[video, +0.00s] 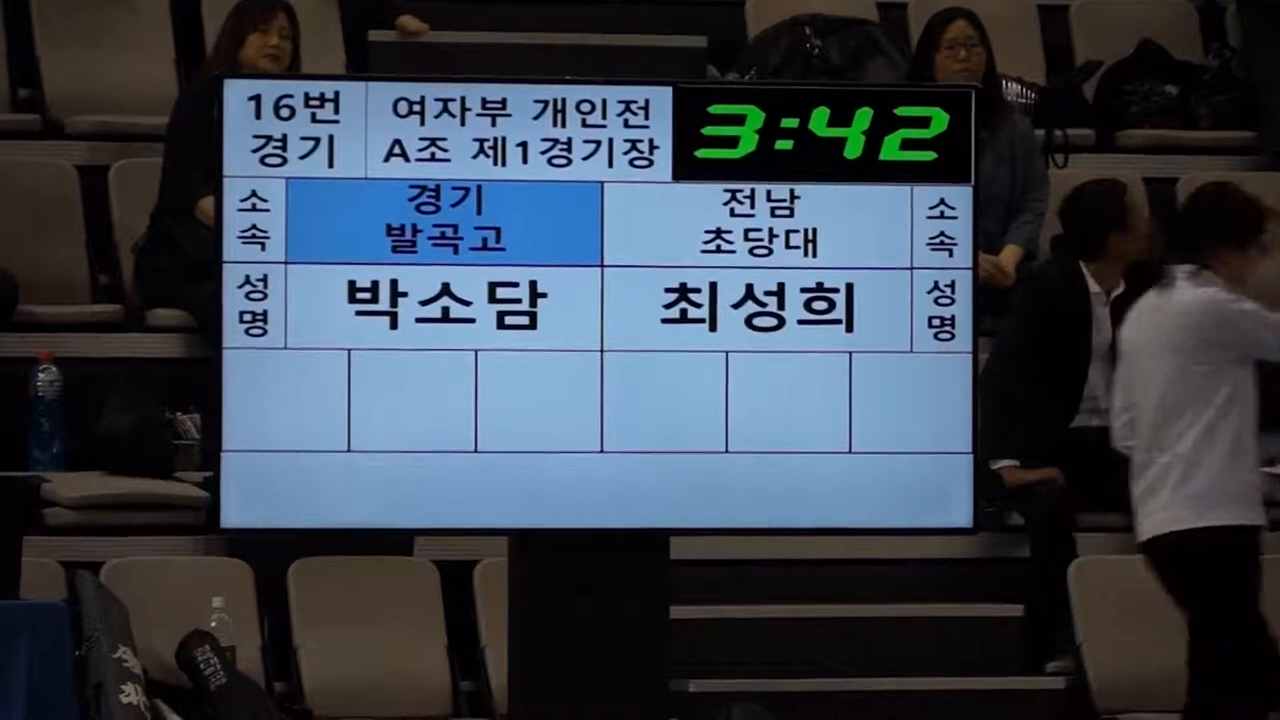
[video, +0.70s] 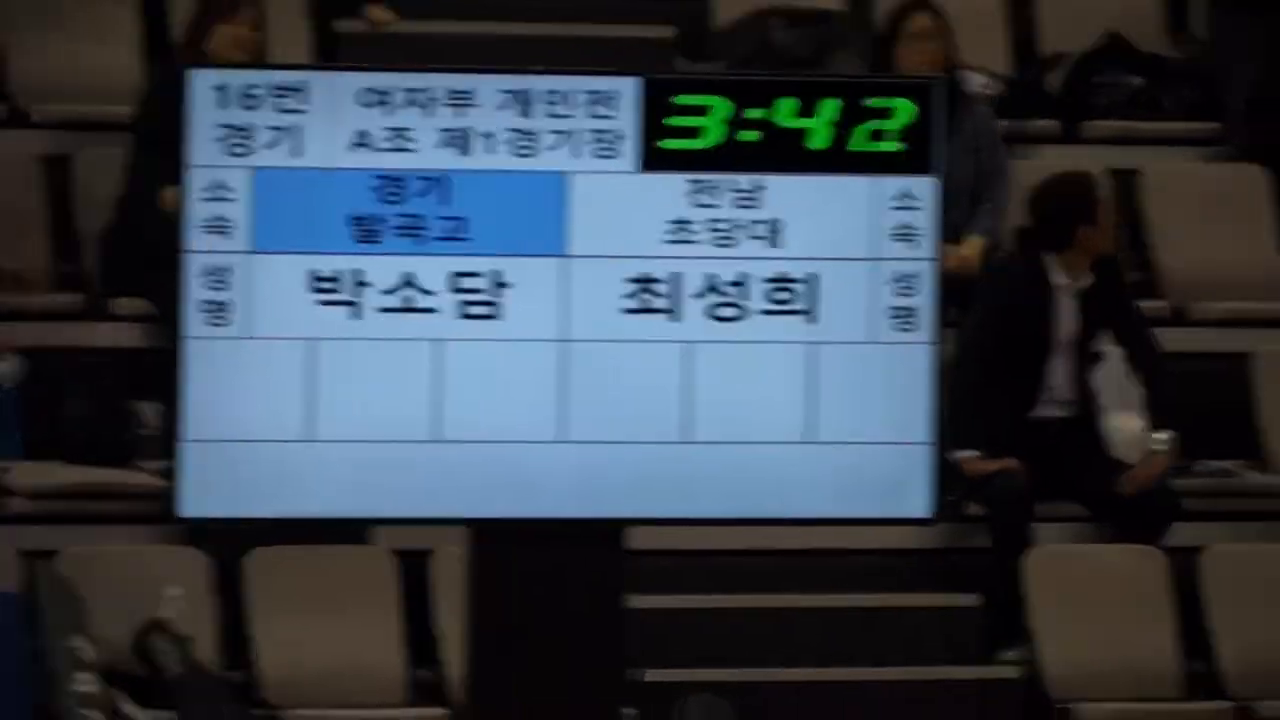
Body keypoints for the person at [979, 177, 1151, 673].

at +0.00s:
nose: (1148, 230)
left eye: (1145, 220)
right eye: (1137, 222)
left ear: (1109, 234)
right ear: (1109, 233)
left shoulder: (1138, 292)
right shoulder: (1046, 286)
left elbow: (1152, 375)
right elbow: (1005, 373)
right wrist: (1007, 460)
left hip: (1115, 444)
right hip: (1048, 446)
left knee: (1164, 487)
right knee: (1052, 506)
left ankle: (1148, 636)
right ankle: (1050, 643)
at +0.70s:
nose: (1108, 232)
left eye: (1105, 222)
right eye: (1100, 223)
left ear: (1081, 232)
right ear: (1078, 230)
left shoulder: (1103, 279)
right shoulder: (1008, 277)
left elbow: (1148, 358)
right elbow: (973, 363)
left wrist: (1162, 441)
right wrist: (968, 450)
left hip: (1077, 437)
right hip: (1009, 438)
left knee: (1143, 504)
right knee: (1009, 500)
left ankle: (1122, 631)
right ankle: (1007, 633)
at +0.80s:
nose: (1009, 227)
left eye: (1005, 217)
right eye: (1001, 218)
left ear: (982, 228)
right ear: (978, 227)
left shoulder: (1003, 276)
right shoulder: (907, 275)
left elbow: (1046, 355)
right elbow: (871, 361)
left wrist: (1060, 438)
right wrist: (866, 446)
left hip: (977, 434)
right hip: (909, 434)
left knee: (1041, 499)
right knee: (908, 497)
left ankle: (1020, 628)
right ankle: (907, 630)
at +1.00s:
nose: (818, 221)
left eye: (814, 211)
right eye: (808, 213)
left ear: (790, 224)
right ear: (783, 224)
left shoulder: (810, 277)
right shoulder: (715, 274)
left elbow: (853, 353)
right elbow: (677, 358)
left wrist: (866, 431)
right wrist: (676, 443)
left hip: (785, 428)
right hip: (717, 429)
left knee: (847, 493)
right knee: (718, 491)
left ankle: (839, 623)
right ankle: (716, 622)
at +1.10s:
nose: (740, 225)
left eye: (736, 215)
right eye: (732, 216)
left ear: (712, 229)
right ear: (710, 228)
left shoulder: (733, 280)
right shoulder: (642, 276)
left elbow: (773, 355)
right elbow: (606, 357)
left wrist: (784, 428)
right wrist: (603, 438)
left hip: (709, 425)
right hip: (644, 424)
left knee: (766, 489)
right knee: (643, 489)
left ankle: (761, 613)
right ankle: (640, 614)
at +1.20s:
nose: (660, 228)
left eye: (657, 218)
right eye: (652, 219)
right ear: (632, 228)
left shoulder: (655, 282)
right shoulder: (568, 279)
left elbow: (692, 354)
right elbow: (535, 356)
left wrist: (704, 423)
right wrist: (531, 433)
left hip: (634, 421)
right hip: (571, 421)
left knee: (686, 483)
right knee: (567, 484)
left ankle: (682, 603)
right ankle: (564, 602)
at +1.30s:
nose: (561, 234)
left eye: (559, 224)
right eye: (554, 225)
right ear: (535, 234)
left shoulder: (556, 285)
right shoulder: (474, 281)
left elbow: (589, 354)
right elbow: (445, 354)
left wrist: (602, 420)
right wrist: (439, 428)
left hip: (536, 416)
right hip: (477, 417)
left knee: (585, 476)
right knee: (471, 478)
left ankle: (575, 589)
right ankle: (470, 589)